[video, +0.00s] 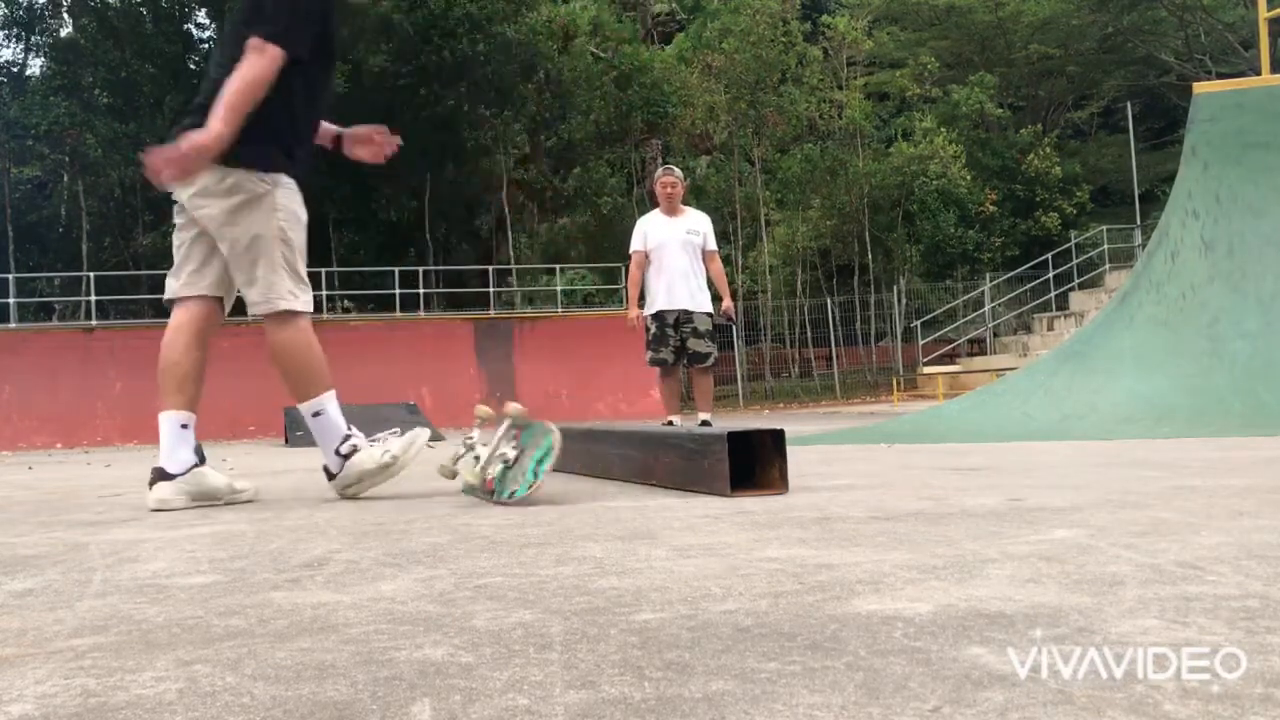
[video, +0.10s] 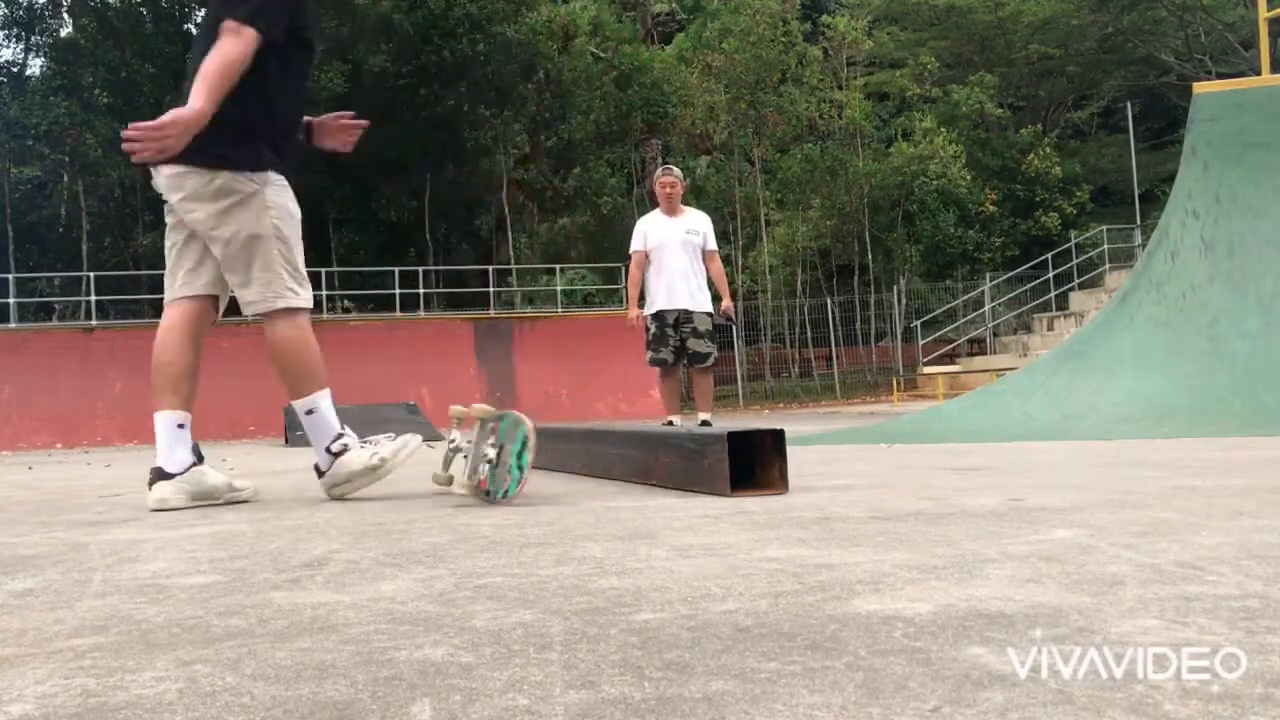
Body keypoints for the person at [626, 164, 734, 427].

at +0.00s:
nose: (668, 191)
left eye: (673, 186)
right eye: (663, 186)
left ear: (683, 188)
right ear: (655, 190)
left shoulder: (701, 220)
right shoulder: (645, 223)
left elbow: (713, 260)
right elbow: (637, 265)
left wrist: (726, 297)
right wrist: (632, 305)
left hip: (697, 305)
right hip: (661, 307)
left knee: (702, 365)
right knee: (668, 366)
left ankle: (705, 418)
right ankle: (673, 420)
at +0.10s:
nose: (668, 191)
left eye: (673, 185)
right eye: (663, 186)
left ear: (683, 188)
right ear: (655, 190)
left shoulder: (701, 219)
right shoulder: (645, 223)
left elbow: (713, 260)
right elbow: (637, 265)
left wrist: (726, 297)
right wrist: (633, 305)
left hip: (697, 305)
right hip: (660, 307)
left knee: (702, 365)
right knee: (668, 366)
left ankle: (705, 418)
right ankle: (673, 420)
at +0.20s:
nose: (667, 191)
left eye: (672, 186)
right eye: (662, 186)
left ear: (682, 188)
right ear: (655, 190)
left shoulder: (701, 220)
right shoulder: (645, 224)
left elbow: (713, 260)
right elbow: (637, 266)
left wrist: (726, 297)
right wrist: (633, 305)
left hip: (697, 305)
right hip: (660, 307)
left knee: (701, 365)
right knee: (668, 366)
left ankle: (705, 418)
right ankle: (672, 420)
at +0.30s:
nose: (667, 192)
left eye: (672, 186)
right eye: (662, 187)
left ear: (683, 188)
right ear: (655, 191)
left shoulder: (702, 220)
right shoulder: (645, 224)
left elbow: (714, 260)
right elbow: (637, 265)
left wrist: (726, 297)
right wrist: (633, 305)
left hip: (697, 305)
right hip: (661, 306)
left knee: (702, 365)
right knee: (668, 366)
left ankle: (705, 418)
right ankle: (672, 420)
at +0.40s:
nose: (667, 192)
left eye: (672, 186)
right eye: (662, 187)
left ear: (683, 188)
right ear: (655, 191)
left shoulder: (702, 220)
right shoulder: (646, 223)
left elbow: (714, 260)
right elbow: (638, 265)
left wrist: (726, 297)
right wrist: (633, 305)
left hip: (697, 305)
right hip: (661, 306)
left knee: (702, 365)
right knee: (668, 366)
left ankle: (705, 418)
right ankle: (672, 420)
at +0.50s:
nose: (668, 191)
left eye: (673, 186)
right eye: (663, 187)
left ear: (684, 187)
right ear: (656, 190)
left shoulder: (703, 220)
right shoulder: (647, 223)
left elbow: (715, 260)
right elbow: (638, 265)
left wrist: (726, 297)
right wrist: (633, 305)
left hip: (697, 305)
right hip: (661, 306)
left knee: (702, 365)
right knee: (668, 366)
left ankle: (705, 418)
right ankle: (672, 420)